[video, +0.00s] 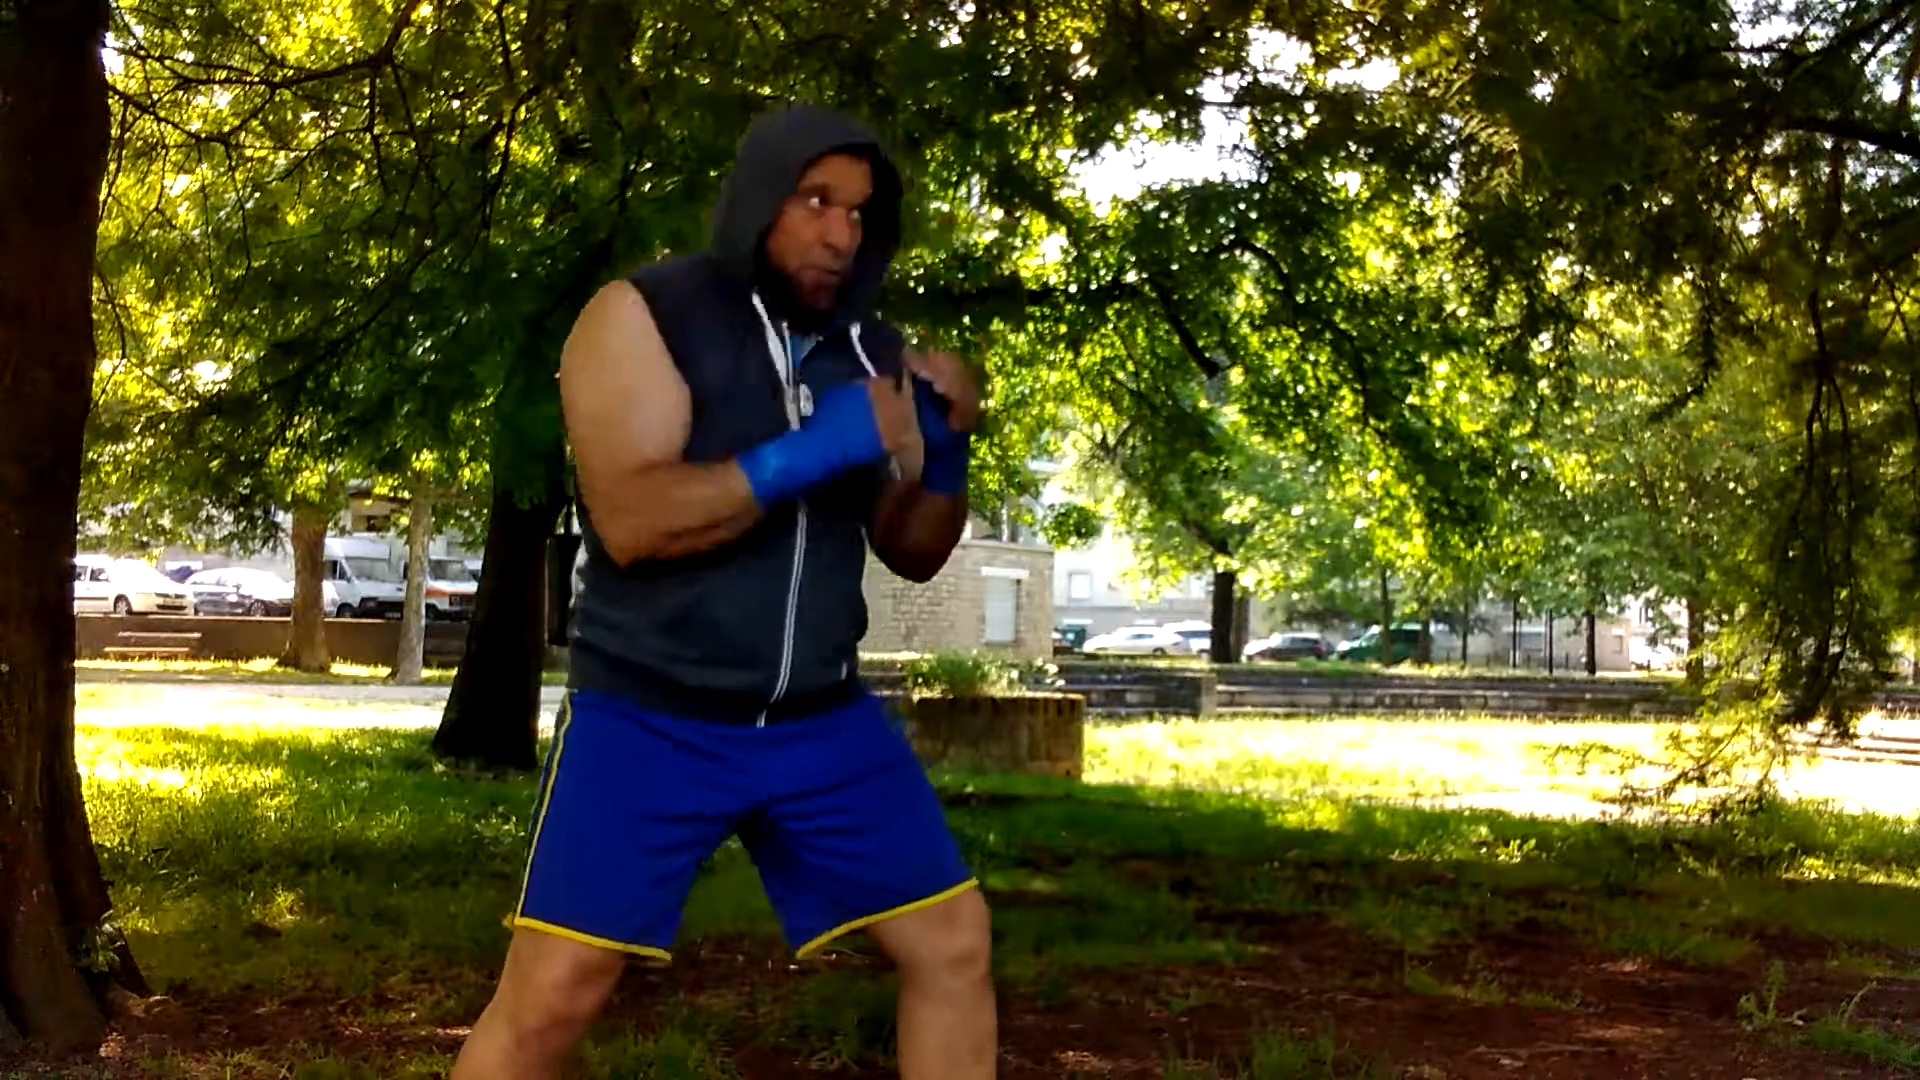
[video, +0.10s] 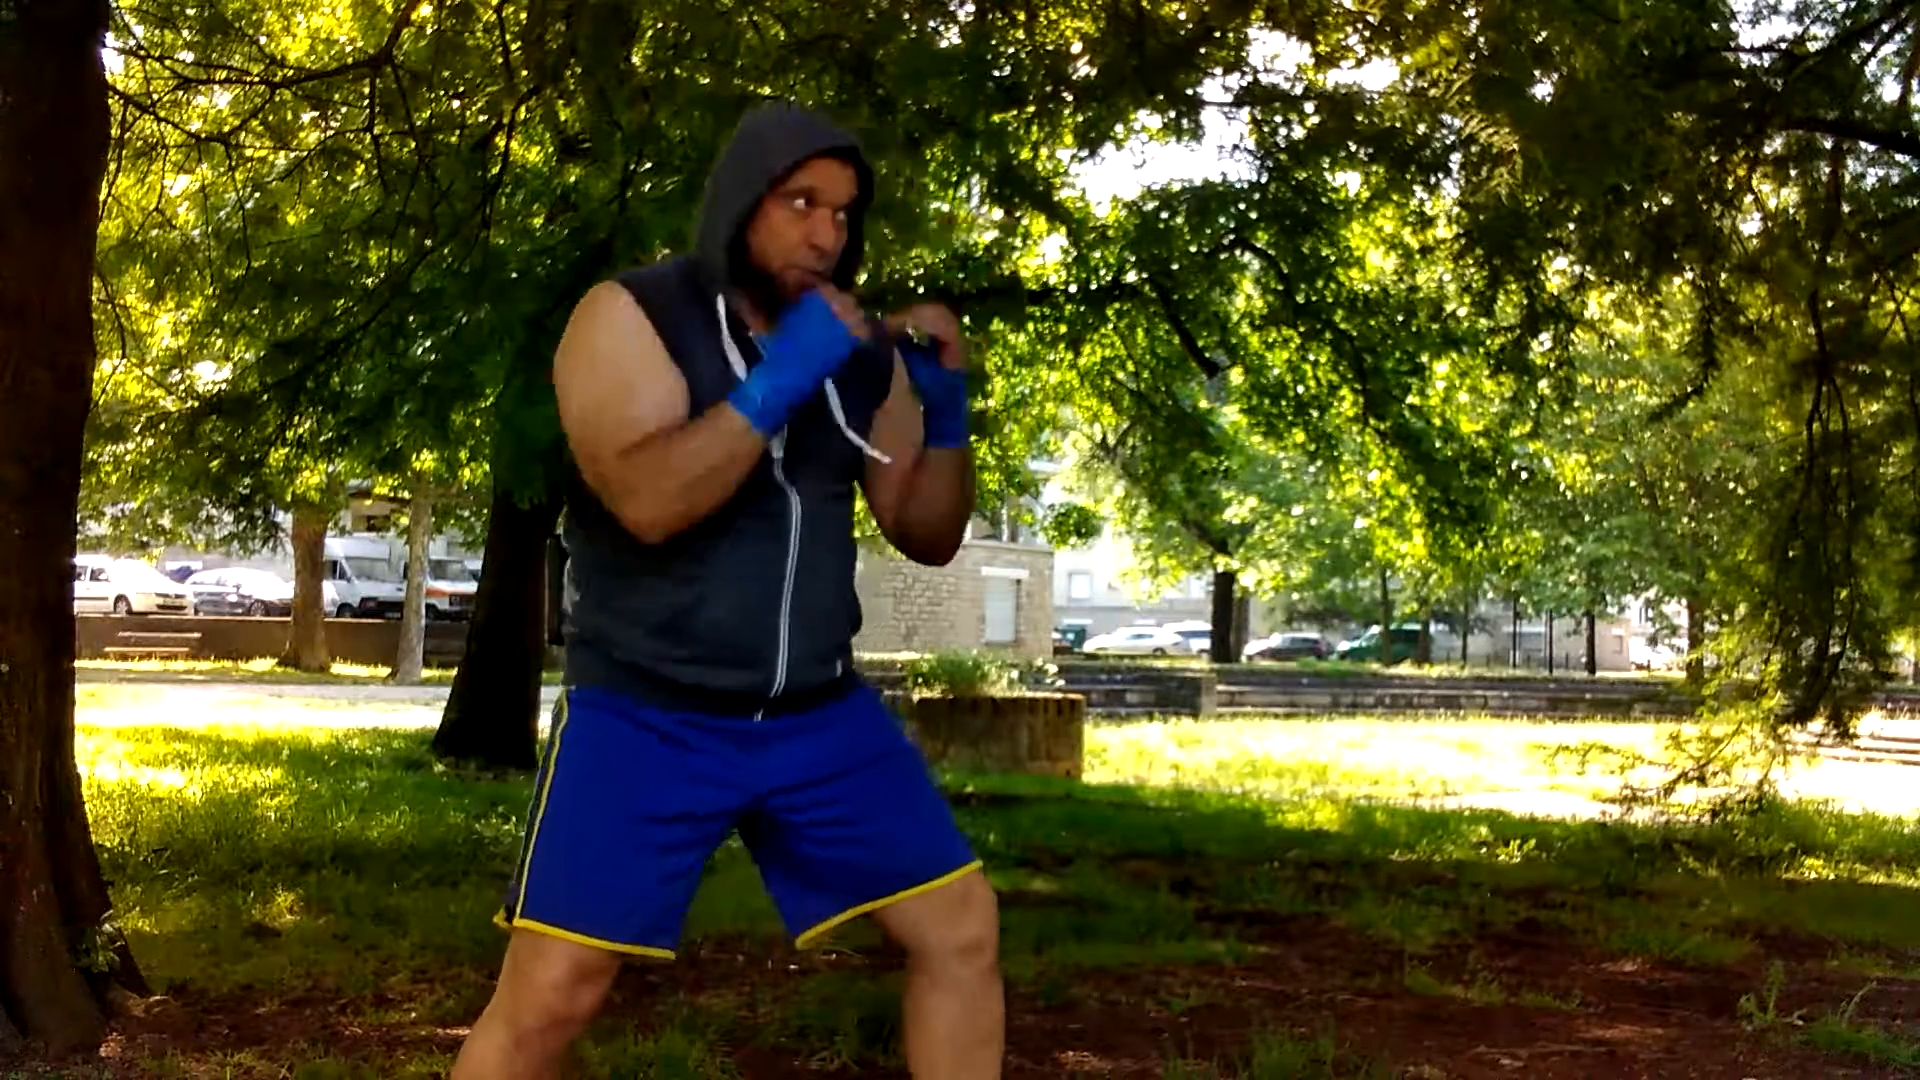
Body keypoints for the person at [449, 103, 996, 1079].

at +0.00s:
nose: (844, 233)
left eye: (859, 212)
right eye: (820, 202)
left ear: (873, 229)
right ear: (757, 202)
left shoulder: (874, 352)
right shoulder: (636, 316)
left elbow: (915, 553)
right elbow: (631, 520)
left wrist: (947, 445)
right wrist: (820, 443)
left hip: (823, 720)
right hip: (647, 722)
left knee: (951, 945)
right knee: (550, 998)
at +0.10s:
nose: (827, 233)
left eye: (843, 214)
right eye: (803, 204)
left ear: (852, 230)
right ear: (740, 202)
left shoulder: (855, 350)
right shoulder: (623, 317)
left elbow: (929, 536)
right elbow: (647, 497)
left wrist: (947, 391)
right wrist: (789, 368)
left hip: (820, 715)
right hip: (643, 717)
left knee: (958, 928)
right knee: (551, 996)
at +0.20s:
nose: (841, 225)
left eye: (857, 206)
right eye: (817, 197)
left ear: (867, 224)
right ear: (751, 196)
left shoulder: (868, 336)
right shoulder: (646, 291)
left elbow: (997, 465)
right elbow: (747, 387)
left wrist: (972, 289)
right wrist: (856, 238)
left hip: (830, 711)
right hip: (653, 712)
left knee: (947, 950)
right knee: (561, 993)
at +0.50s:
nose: (912, 228)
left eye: (928, 208)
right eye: (890, 196)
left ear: (936, 223)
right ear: (824, 190)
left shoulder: (900, 340)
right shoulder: (695, 288)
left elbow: (940, 544)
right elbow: (714, 484)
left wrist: (999, 396)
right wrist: (894, 374)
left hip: (831, 706)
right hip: (662, 705)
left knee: (930, 953)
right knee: (566, 992)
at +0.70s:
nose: (784, 247)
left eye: (806, 226)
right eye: (760, 217)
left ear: (824, 244)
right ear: (705, 222)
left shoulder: (823, 355)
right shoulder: (589, 331)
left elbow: (898, 557)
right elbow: (633, 503)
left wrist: (912, 407)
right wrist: (805, 374)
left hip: (802, 725)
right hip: (619, 734)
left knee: (927, 957)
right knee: (546, 1009)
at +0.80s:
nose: (725, 229)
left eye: (747, 206)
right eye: (700, 200)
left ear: (767, 219)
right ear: (648, 200)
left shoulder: (791, 327)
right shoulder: (543, 317)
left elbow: (894, 507)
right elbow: (574, 492)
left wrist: (880, 351)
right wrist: (731, 350)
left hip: (782, 704)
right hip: (596, 714)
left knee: (902, 940)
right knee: (529, 995)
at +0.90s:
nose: (612, 220)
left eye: (640, 193)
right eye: (584, 188)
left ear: (670, 197)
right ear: (539, 188)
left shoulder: (746, 283)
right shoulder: (471, 310)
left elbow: (911, 401)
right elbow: (464, 501)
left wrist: (830, 250)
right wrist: (613, 371)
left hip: (749, 689)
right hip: (555, 701)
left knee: (877, 937)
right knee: (492, 984)